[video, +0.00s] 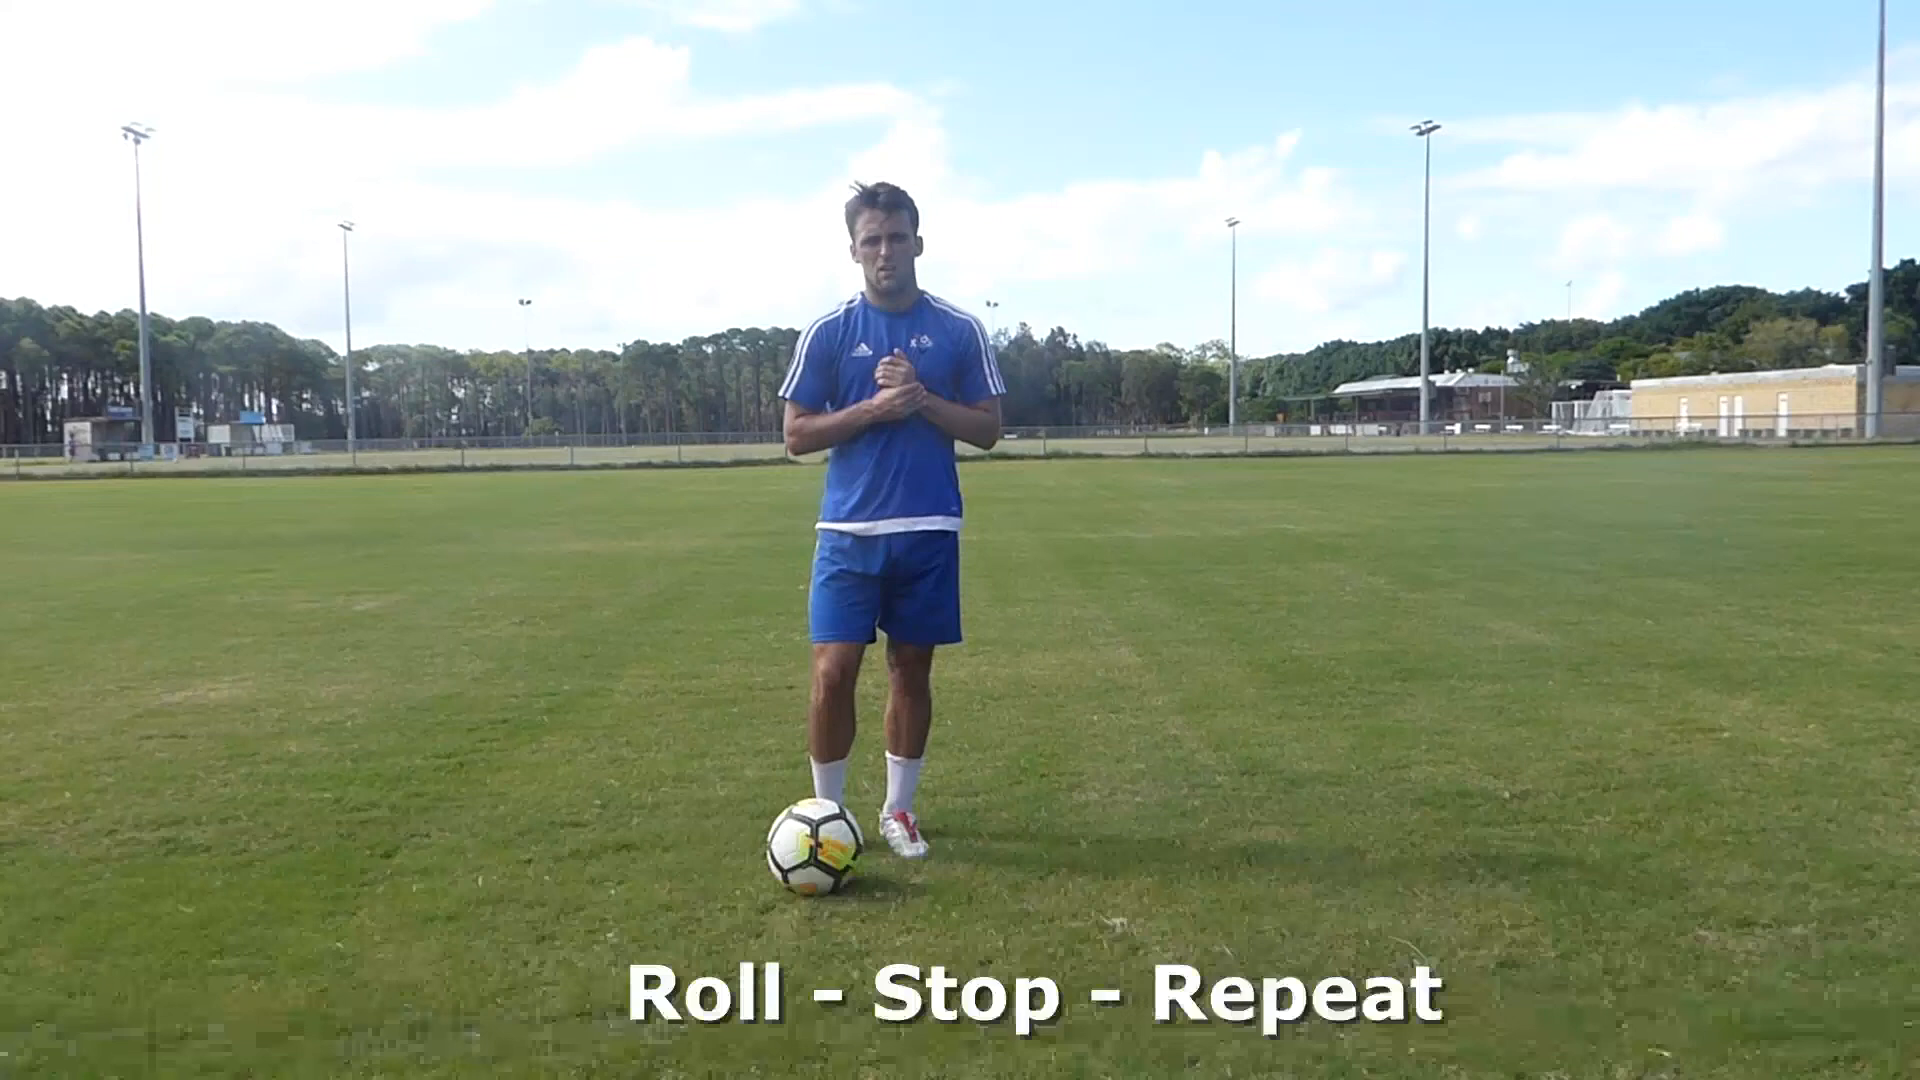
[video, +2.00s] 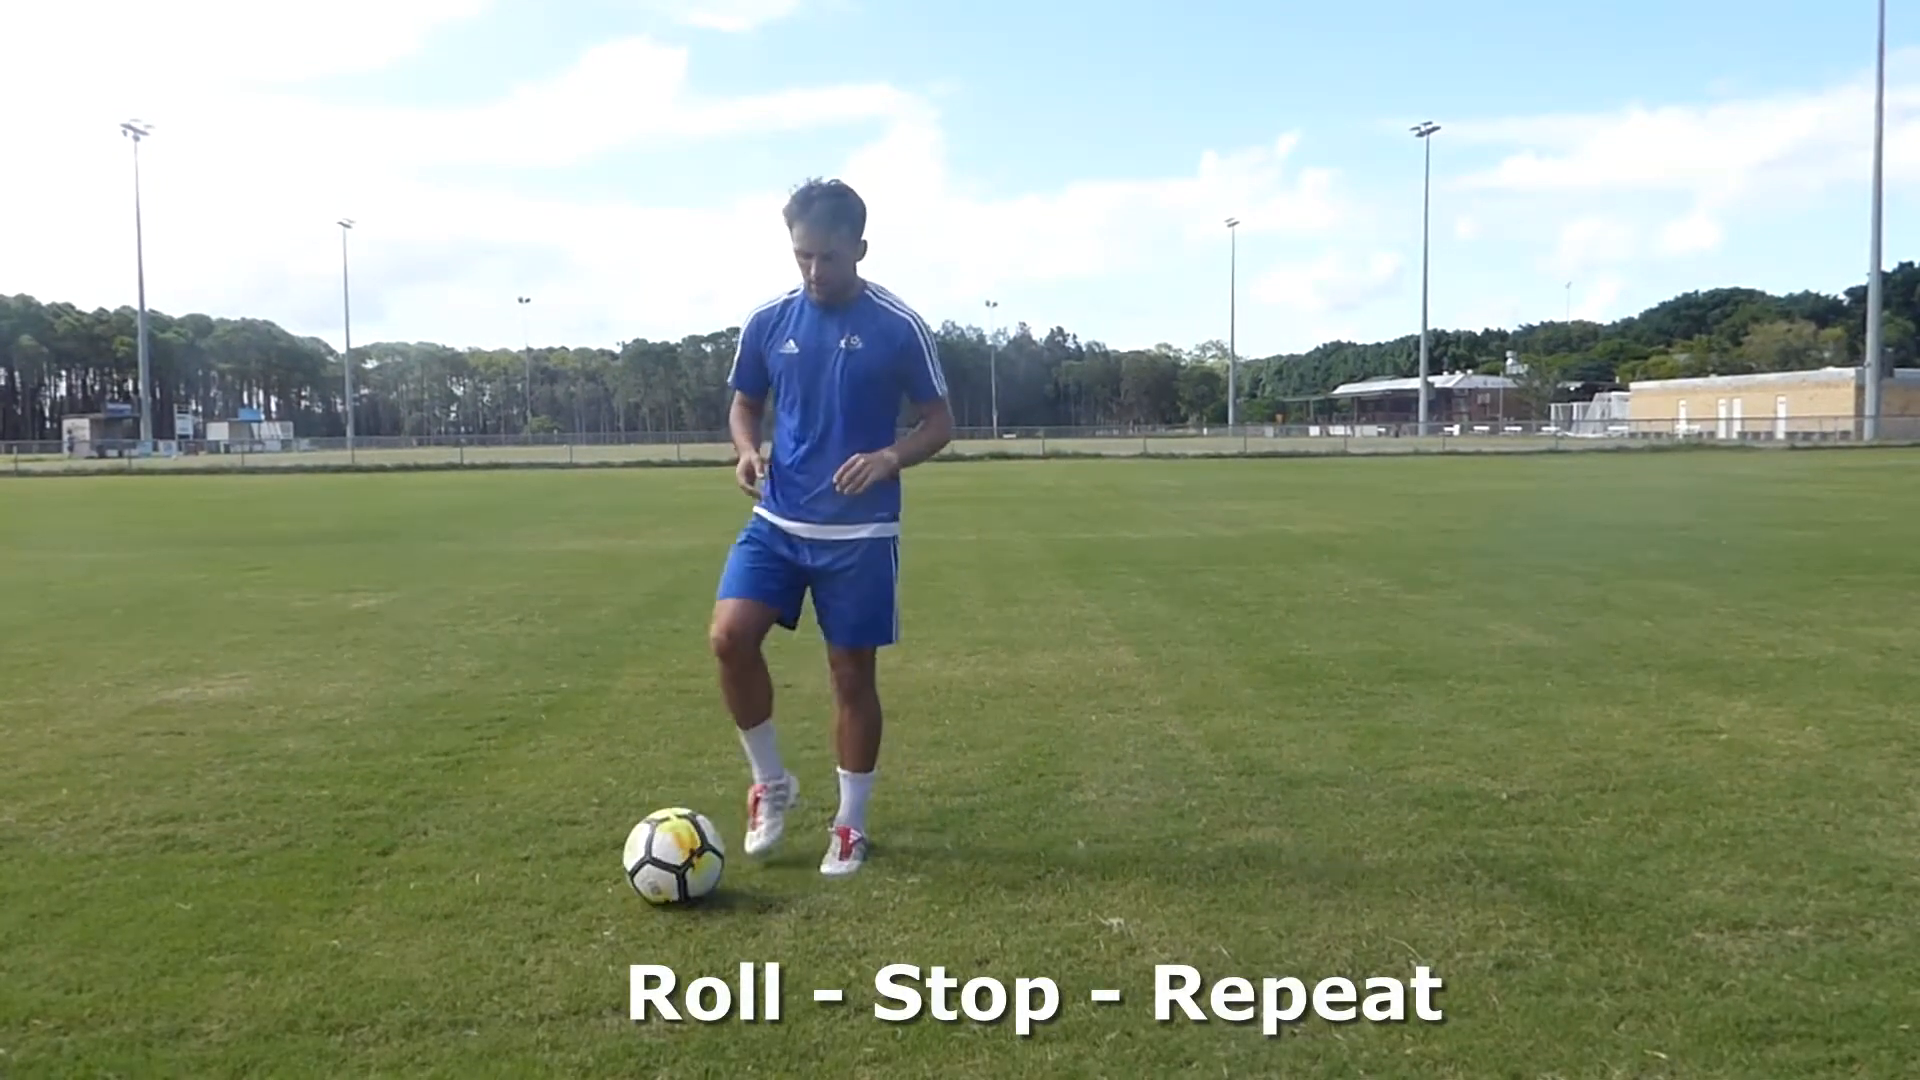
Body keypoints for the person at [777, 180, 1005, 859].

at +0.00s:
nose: (885, 252)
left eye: (897, 240)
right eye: (872, 242)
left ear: (917, 243)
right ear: (854, 251)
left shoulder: (960, 330)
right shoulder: (829, 333)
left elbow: (987, 428)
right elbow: (797, 434)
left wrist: (922, 398)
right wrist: (873, 408)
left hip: (927, 529)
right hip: (847, 530)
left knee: (911, 670)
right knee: (833, 673)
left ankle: (898, 812)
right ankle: (827, 818)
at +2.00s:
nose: (816, 272)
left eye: (829, 257)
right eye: (804, 256)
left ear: (859, 247)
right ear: (790, 248)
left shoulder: (899, 326)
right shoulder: (768, 323)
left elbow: (939, 422)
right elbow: (744, 405)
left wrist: (889, 457)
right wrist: (749, 447)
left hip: (857, 534)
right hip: (776, 524)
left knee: (851, 678)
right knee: (729, 637)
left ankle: (849, 825)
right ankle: (770, 783)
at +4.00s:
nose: (886, 282)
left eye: (901, 268)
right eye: (875, 265)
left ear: (931, 257)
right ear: (862, 249)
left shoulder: (958, 335)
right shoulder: (826, 316)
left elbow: (973, 412)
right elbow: (767, 408)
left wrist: (989, 489)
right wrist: (764, 477)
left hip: (891, 539)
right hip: (805, 515)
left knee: (867, 688)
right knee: (730, 620)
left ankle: (841, 830)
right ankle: (677, 792)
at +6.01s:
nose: (1061, 234)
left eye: (1074, 220)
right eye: (1047, 222)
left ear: (1098, 225)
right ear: (1028, 232)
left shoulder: (1143, 319)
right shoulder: (1002, 326)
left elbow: (1174, 410)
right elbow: (971, 426)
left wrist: (1164, 477)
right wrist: (1008, 467)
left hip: (1111, 540)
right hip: (1026, 540)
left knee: (1097, 683)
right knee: (1022, 686)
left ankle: (1091, 831)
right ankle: (1003, 843)